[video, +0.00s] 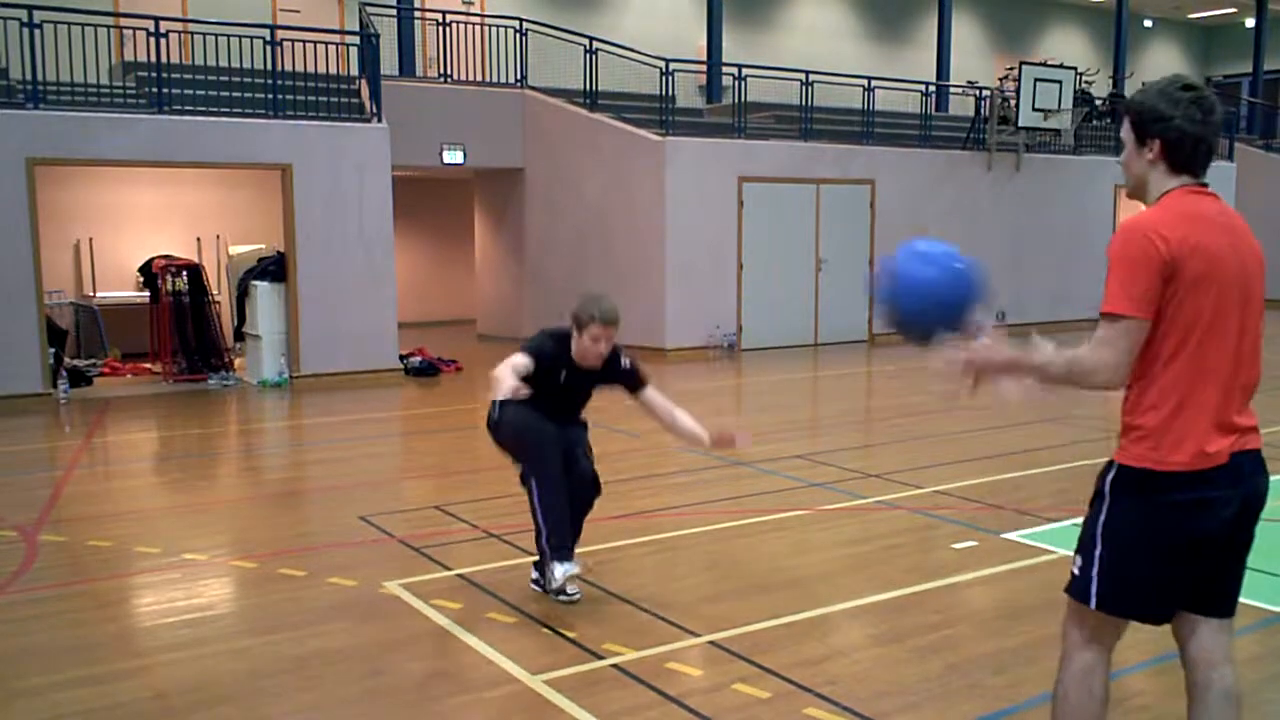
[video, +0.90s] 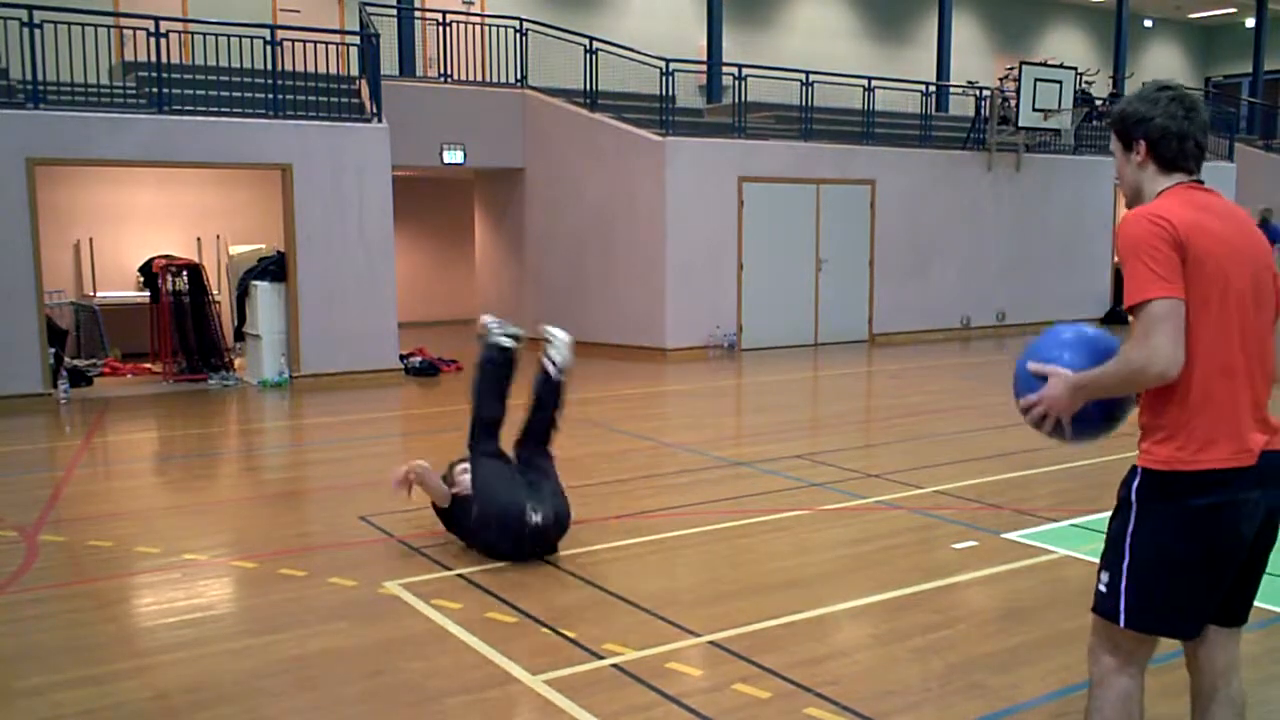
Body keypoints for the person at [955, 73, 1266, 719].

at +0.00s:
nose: (1120, 159)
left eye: (1124, 143)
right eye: (1122, 144)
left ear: (1149, 147)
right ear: (1196, 148)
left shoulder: (1146, 230)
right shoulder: (1239, 232)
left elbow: (1106, 365)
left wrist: (1009, 356)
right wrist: (1039, 363)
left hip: (1154, 475)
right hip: (1234, 472)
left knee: (1088, 637)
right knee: (1206, 636)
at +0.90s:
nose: (1116, 173)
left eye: (1117, 154)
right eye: (1115, 156)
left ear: (1139, 151)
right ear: (1190, 150)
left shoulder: (1149, 223)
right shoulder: (1247, 228)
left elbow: (1158, 357)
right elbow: (1257, 362)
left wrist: (1075, 387)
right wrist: (1124, 374)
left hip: (1176, 480)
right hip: (1257, 475)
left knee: (1117, 656)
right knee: (1216, 647)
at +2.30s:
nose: (1086, 188)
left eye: (1085, 171)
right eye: (1084, 173)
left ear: (1105, 166)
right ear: (1158, 161)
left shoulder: (1125, 236)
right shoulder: (1227, 234)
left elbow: (1150, 370)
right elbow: (1261, 360)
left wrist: (1098, 459)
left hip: (1180, 481)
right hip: (1256, 474)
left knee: (1112, 652)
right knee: (1223, 649)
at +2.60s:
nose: (1024, 219)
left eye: (1022, 204)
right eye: (1021, 205)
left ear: (1040, 201)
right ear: (1091, 193)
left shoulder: (1055, 265)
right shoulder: (1158, 246)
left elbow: (1075, 405)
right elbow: (1185, 376)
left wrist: (1060, 509)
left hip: (1164, 479)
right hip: (1245, 464)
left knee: (1113, 660)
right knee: (1218, 648)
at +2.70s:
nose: (1011, 214)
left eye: (1011, 198)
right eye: (1011, 199)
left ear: (1031, 197)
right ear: (1085, 191)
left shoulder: (1042, 265)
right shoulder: (1150, 246)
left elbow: (1033, 407)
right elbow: (1171, 383)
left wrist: (1006, 494)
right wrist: (1096, 475)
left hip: (1141, 476)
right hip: (1225, 464)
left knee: (1102, 660)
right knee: (1206, 653)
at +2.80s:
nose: (1008, 198)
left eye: (1008, 183)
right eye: (1008, 184)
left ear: (1027, 185)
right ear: (1079, 180)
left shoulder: (1033, 256)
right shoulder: (1138, 240)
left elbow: (999, 391)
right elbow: (1111, 381)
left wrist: (944, 439)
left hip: (1125, 474)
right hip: (1208, 461)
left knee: (1090, 655)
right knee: (1192, 646)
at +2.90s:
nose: (1007, 187)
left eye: (1008, 173)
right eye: (1007, 174)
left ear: (1025, 174)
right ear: (1078, 171)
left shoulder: (1027, 247)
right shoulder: (1135, 234)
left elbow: (980, 373)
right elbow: (1078, 363)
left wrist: (914, 373)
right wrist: (979, 378)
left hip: (1107, 470)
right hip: (1192, 460)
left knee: (1080, 656)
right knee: (1180, 641)